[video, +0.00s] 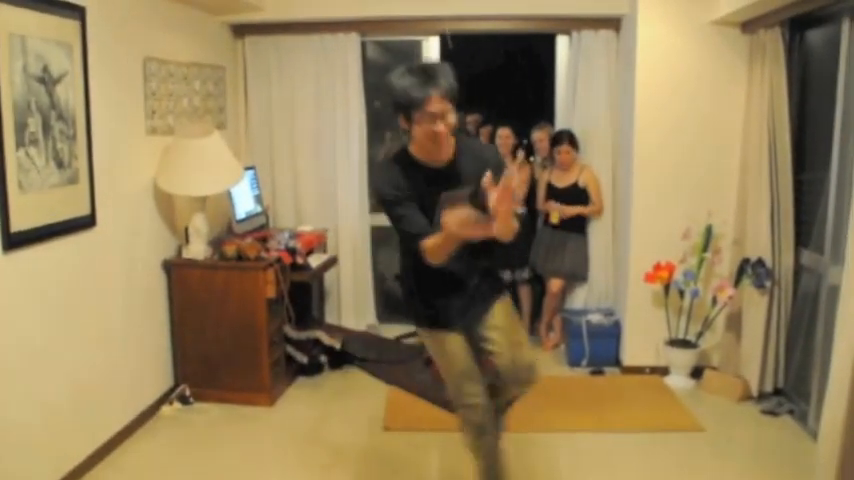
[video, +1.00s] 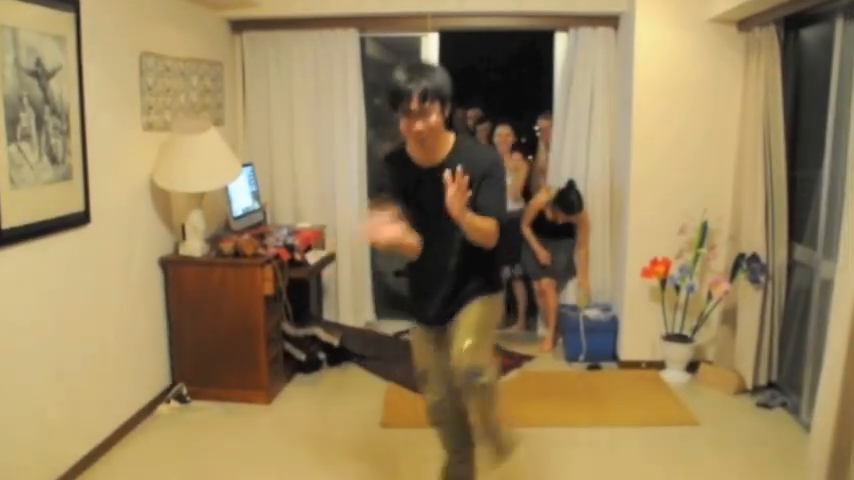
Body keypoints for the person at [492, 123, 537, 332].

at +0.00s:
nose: (504, 142)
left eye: (508, 137)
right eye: (501, 138)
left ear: (515, 141)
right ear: (494, 141)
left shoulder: (523, 167)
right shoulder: (491, 167)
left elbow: (520, 194)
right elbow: (485, 195)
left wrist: (511, 167)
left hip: (519, 216)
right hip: (496, 217)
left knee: (521, 275)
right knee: (501, 274)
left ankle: (526, 324)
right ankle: (502, 323)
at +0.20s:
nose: (503, 142)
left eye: (507, 138)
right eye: (499, 138)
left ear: (515, 141)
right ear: (494, 142)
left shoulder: (522, 166)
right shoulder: (488, 165)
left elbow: (517, 195)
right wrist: (516, 244)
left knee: (517, 278)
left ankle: (524, 324)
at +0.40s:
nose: (504, 142)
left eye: (508, 137)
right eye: (500, 137)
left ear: (515, 141)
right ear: (495, 141)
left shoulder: (522, 167)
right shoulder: (491, 167)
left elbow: (522, 193)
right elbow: (487, 194)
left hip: (516, 222)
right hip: (493, 222)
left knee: (517, 275)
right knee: (496, 274)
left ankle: (523, 321)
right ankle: (499, 317)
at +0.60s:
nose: (504, 139)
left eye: (508, 134)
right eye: (500, 134)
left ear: (515, 137)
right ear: (494, 138)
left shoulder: (521, 162)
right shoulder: (493, 161)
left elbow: (514, 187)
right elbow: (488, 184)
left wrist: (506, 163)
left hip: (517, 217)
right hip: (495, 218)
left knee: (519, 275)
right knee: (497, 275)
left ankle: (523, 321)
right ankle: (498, 318)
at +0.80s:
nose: (504, 141)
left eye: (508, 137)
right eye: (500, 137)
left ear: (515, 140)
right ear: (495, 140)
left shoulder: (522, 165)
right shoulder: (488, 164)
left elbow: (520, 196)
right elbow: (483, 193)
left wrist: (504, 184)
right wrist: (498, 186)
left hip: (514, 218)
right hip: (492, 219)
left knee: (514, 273)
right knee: (494, 273)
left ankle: (522, 321)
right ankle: (498, 317)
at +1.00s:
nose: (502, 140)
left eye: (506, 136)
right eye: (499, 136)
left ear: (514, 139)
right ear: (493, 139)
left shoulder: (520, 163)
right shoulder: (490, 162)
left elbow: (516, 191)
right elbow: (485, 188)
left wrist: (505, 168)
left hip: (514, 215)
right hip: (493, 214)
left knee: (515, 270)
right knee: (495, 268)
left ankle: (521, 318)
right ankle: (497, 314)